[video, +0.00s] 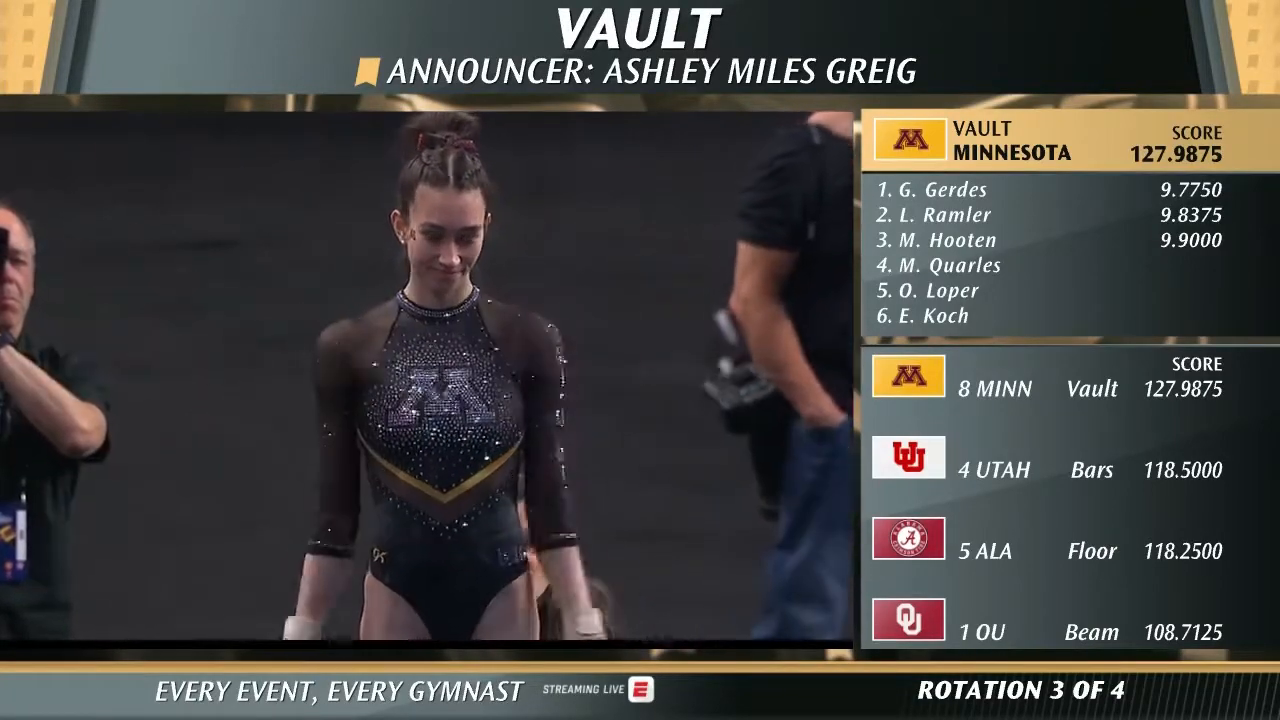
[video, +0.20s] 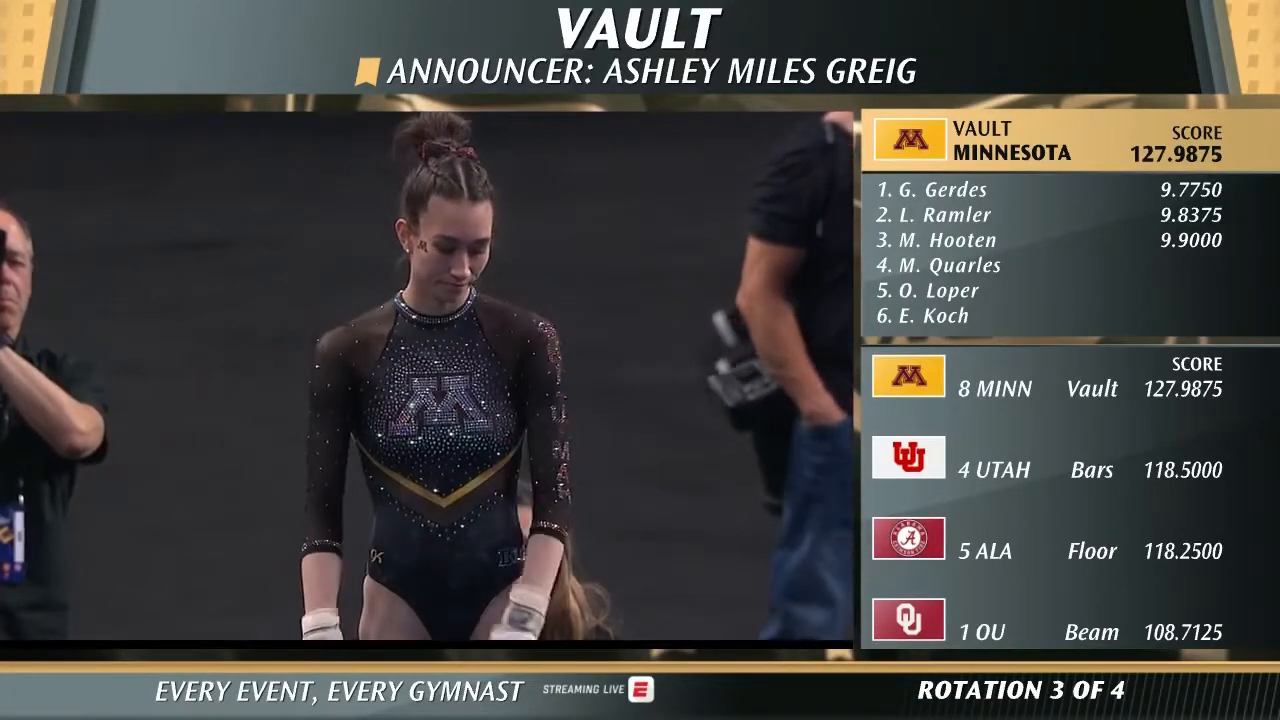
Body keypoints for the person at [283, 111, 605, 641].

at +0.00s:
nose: (451, 255)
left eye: (467, 236)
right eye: (432, 235)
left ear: (487, 226)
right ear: (401, 226)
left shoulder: (530, 341)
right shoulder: (349, 348)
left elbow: (550, 495)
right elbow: (337, 512)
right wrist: (303, 628)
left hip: (503, 588)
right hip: (395, 591)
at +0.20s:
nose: (461, 269)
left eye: (477, 249)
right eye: (444, 248)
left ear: (493, 239)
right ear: (406, 235)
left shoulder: (529, 342)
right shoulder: (347, 351)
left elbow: (553, 496)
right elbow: (323, 504)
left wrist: (522, 620)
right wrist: (321, 629)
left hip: (506, 585)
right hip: (396, 588)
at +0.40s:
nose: (467, 271)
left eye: (481, 251)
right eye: (450, 251)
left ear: (494, 240)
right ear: (407, 238)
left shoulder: (522, 341)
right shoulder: (343, 349)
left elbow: (553, 492)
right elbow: (321, 497)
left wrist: (518, 608)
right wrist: (318, 619)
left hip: (497, 586)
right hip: (391, 588)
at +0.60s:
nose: (462, 273)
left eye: (475, 253)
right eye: (445, 253)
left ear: (488, 244)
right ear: (402, 242)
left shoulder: (516, 346)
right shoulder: (337, 351)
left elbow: (541, 496)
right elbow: (316, 503)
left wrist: (547, 625)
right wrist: (303, 631)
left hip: (486, 589)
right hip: (377, 588)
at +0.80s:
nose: (467, 279)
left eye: (480, 260)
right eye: (450, 259)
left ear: (493, 250)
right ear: (406, 248)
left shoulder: (521, 355)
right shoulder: (339, 358)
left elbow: (552, 511)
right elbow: (318, 516)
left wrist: (576, 628)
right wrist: (293, 634)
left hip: (486, 592)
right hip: (375, 590)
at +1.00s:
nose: (459, 286)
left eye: (472, 266)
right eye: (443, 266)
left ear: (485, 257)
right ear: (398, 254)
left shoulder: (510, 357)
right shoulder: (329, 361)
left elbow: (542, 516)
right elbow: (307, 522)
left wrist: (564, 633)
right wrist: (282, 638)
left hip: (476, 595)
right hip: (366, 593)